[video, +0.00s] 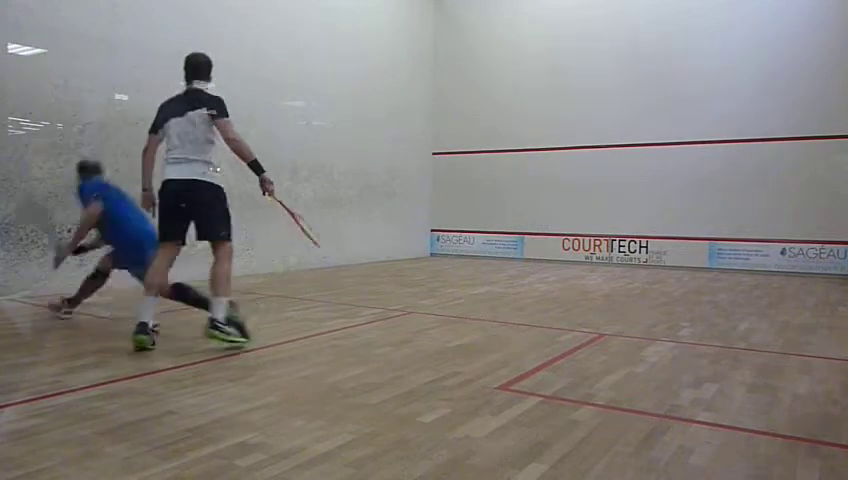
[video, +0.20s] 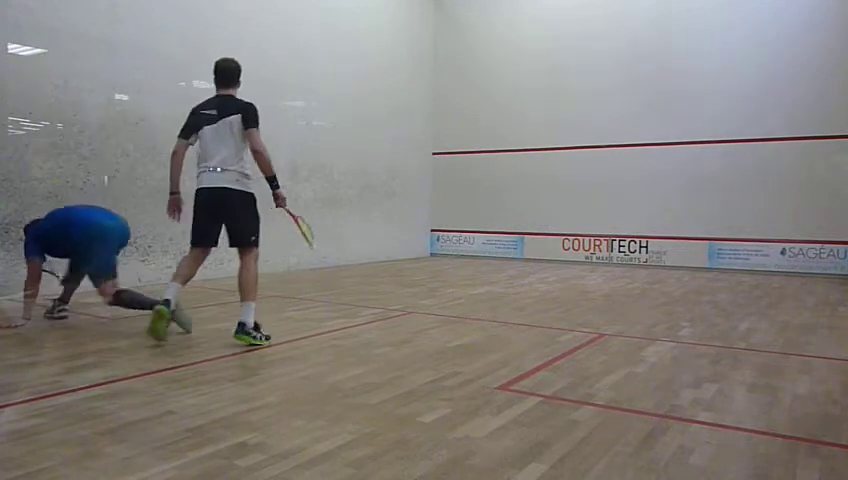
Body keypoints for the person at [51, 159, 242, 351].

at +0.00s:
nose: (79, 182)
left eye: (80, 179)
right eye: (84, 179)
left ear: (81, 177)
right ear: (100, 174)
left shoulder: (90, 187)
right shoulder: (111, 192)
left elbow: (94, 212)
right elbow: (106, 237)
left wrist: (71, 246)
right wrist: (80, 249)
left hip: (135, 243)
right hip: (145, 239)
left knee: (161, 287)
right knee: (105, 264)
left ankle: (219, 308)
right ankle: (73, 302)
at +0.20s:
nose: (28, 241)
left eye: (27, 238)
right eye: (28, 238)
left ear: (29, 233)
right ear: (44, 224)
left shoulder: (34, 235)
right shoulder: (66, 224)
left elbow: (33, 279)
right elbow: (79, 260)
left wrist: (25, 317)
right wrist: (64, 298)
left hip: (98, 235)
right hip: (120, 228)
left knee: (111, 295)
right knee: (79, 265)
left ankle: (164, 306)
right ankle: (61, 303)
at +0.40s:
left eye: (26, 191)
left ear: (24, 191)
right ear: (42, 182)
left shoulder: (27, 202)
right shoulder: (61, 188)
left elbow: (18, 250)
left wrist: (12, 288)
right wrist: (108, 240)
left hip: (81, 226)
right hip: (111, 222)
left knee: (34, 263)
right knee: (73, 254)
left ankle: (81, 292)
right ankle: (62, 302)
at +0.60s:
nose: (65, 131)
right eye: (64, 127)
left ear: (41, 132)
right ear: (64, 127)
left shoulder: (32, 157)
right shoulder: (86, 145)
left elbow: (21, 204)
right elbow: (122, 160)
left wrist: (21, 240)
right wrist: (137, 192)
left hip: (58, 210)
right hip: (96, 209)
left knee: (33, 260)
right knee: (82, 260)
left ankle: (31, 317)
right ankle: (68, 307)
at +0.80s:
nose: (107, 103)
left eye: (105, 98)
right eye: (105, 99)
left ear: (80, 99)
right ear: (99, 98)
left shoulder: (59, 124)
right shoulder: (111, 122)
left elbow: (42, 170)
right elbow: (133, 156)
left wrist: (48, 204)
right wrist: (153, 187)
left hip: (61, 188)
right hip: (101, 187)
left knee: (48, 253)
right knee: (115, 248)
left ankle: (29, 316)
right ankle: (104, 306)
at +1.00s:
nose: (142, 120)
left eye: (141, 115)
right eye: (141, 115)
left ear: (114, 116)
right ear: (135, 117)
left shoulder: (89, 137)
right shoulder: (138, 145)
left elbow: (64, 173)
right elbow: (154, 188)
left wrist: (79, 202)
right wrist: (172, 219)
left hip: (78, 209)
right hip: (114, 210)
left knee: (75, 266)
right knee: (141, 265)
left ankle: (38, 310)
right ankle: (128, 327)